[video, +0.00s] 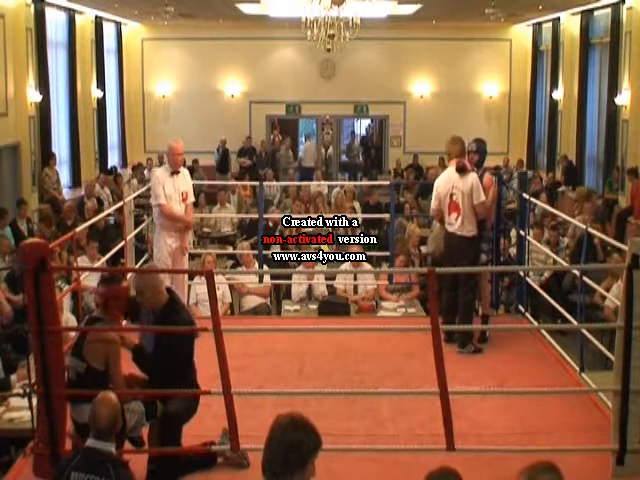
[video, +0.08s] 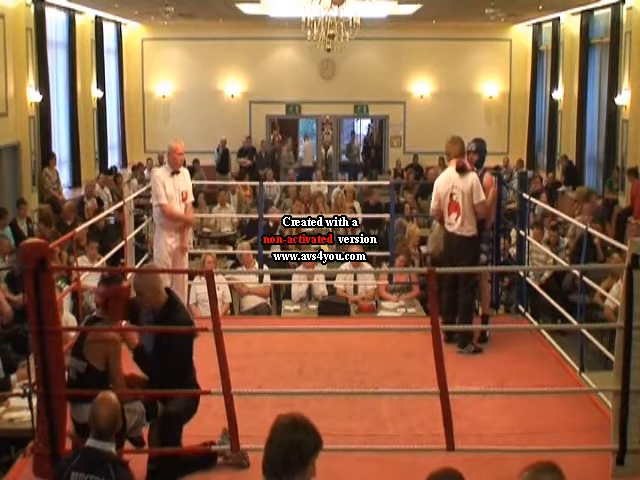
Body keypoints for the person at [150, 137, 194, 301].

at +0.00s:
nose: (179, 159)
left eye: (181, 154)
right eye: (176, 155)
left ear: (184, 155)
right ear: (167, 156)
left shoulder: (185, 173)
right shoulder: (158, 174)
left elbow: (189, 204)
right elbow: (163, 207)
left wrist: (185, 235)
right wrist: (184, 219)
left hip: (182, 229)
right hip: (165, 229)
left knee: (181, 270)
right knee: (164, 269)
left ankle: (182, 306)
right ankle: (163, 307)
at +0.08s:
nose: (181, 158)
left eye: (182, 154)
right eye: (177, 154)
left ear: (184, 156)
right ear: (168, 156)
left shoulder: (185, 173)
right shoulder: (158, 174)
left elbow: (189, 203)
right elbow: (163, 206)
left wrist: (185, 237)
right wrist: (185, 217)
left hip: (182, 228)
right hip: (165, 228)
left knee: (181, 268)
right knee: (164, 267)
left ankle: (181, 306)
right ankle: (163, 307)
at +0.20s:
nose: (180, 158)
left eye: (182, 154)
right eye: (176, 154)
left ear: (184, 156)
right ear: (168, 156)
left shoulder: (185, 173)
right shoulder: (158, 174)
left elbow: (188, 203)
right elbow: (165, 207)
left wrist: (185, 237)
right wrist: (186, 216)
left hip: (182, 228)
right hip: (165, 228)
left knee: (181, 269)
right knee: (163, 268)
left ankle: (181, 307)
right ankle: (163, 308)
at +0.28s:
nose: (180, 158)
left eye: (182, 154)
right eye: (176, 154)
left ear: (184, 156)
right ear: (168, 156)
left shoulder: (185, 173)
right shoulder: (158, 174)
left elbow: (188, 203)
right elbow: (165, 207)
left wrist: (185, 237)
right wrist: (186, 217)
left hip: (182, 227)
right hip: (165, 228)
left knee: (181, 269)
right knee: (163, 268)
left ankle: (181, 307)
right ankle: (163, 307)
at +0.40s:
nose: (180, 158)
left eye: (182, 154)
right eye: (177, 154)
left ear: (184, 156)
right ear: (168, 156)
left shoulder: (184, 172)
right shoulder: (158, 174)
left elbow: (188, 202)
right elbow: (164, 205)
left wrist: (185, 234)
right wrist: (184, 220)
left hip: (181, 228)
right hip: (165, 227)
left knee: (181, 269)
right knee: (163, 268)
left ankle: (181, 307)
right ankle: (163, 306)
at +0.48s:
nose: (180, 158)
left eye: (182, 154)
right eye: (177, 154)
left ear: (184, 156)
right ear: (168, 156)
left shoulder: (184, 172)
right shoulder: (158, 174)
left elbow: (188, 202)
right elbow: (163, 204)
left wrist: (185, 232)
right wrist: (183, 222)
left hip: (181, 229)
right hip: (165, 227)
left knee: (181, 269)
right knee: (163, 269)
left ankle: (181, 307)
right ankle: (163, 307)